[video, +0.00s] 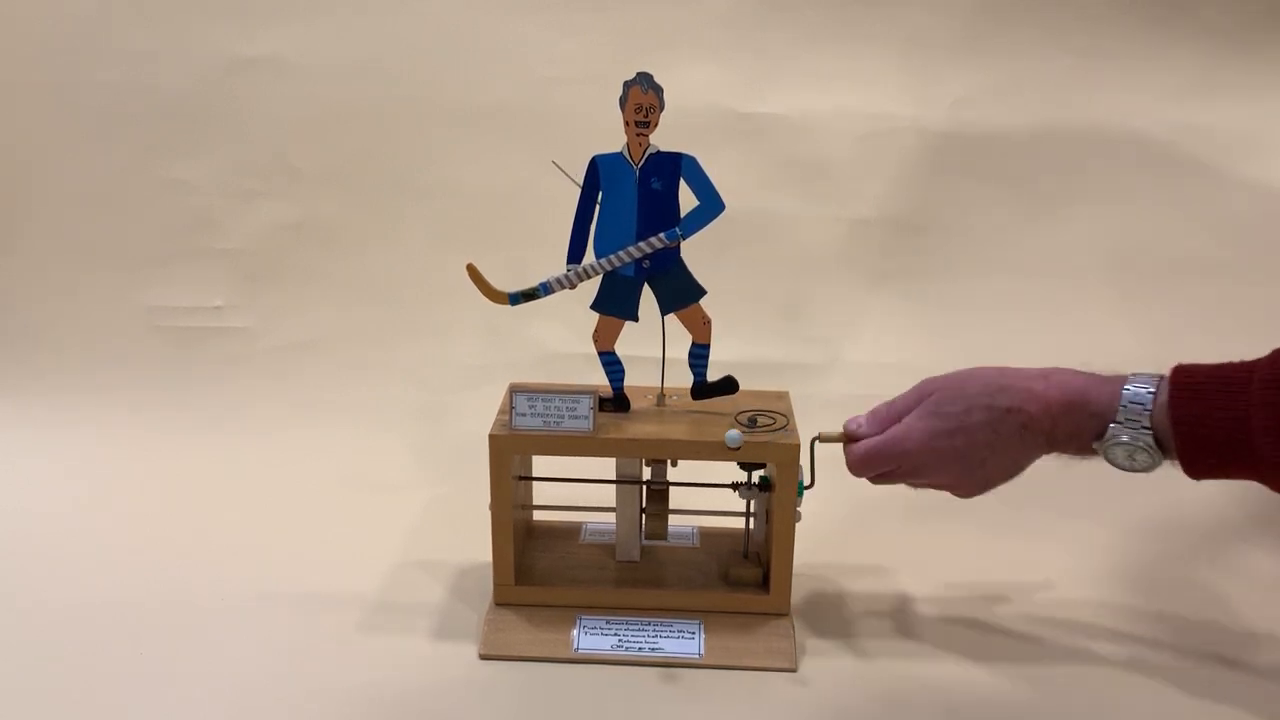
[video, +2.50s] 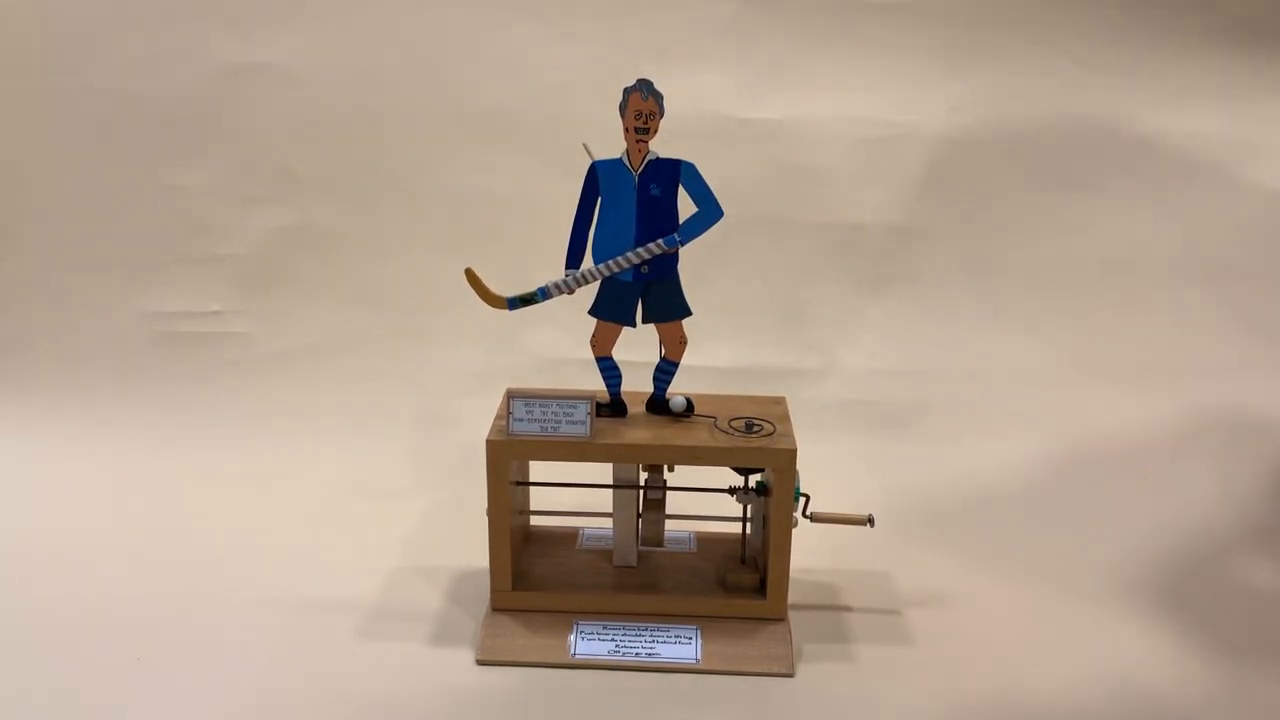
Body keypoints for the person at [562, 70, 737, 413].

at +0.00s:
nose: (644, 116)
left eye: (651, 109)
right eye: (637, 108)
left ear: (660, 115)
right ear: (622, 112)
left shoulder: (678, 163)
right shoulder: (601, 165)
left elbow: (714, 205)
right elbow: (582, 220)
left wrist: (675, 235)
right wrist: (573, 267)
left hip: (665, 265)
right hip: (620, 267)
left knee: (701, 326)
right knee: (603, 339)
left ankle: (700, 385)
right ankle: (619, 396)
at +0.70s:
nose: (642, 118)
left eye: (649, 112)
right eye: (635, 111)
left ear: (658, 119)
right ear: (621, 116)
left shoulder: (676, 167)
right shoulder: (600, 169)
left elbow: (713, 208)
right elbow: (582, 223)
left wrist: (674, 239)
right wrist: (572, 271)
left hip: (666, 262)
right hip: (621, 268)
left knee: (720, 311)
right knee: (603, 343)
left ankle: (738, 368)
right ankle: (618, 400)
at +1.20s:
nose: (647, 121)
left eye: (654, 114)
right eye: (640, 113)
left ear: (663, 122)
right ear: (626, 118)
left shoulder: (681, 170)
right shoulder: (604, 171)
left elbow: (716, 211)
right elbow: (585, 224)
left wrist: (676, 241)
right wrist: (575, 270)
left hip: (667, 270)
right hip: (621, 272)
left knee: (706, 330)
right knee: (603, 344)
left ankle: (707, 389)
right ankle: (618, 402)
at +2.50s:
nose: (643, 121)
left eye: (651, 115)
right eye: (637, 113)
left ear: (660, 121)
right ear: (622, 118)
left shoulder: (676, 170)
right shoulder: (601, 171)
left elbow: (713, 211)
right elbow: (581, 225)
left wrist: (675, 241)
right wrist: (571, 273)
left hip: (661, 277)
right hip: (617, 277)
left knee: (675, 343)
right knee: (600, 344)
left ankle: (658, 400)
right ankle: (615, 401)